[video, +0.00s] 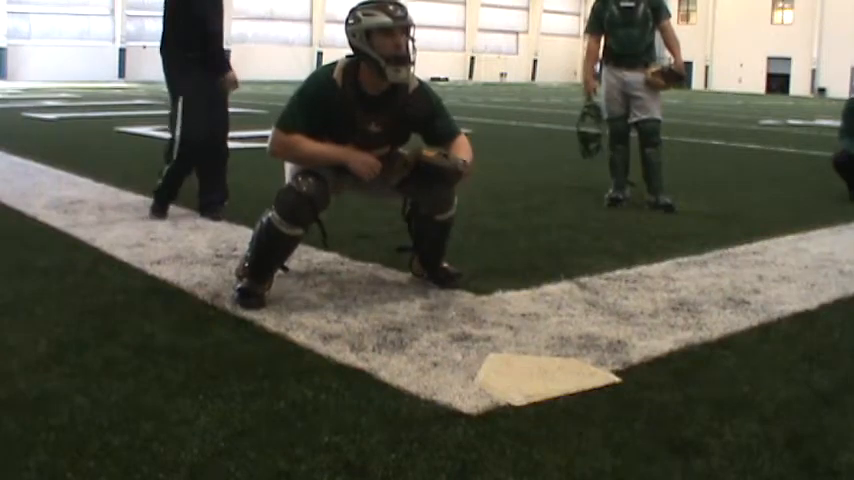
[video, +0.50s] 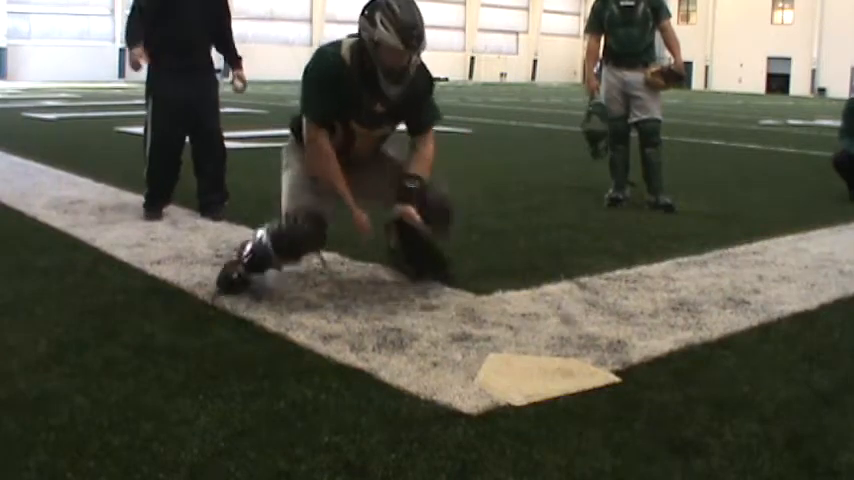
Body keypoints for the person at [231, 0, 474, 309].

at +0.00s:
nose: (400, 44)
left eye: (403, 35)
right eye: (388, 36)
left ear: (409, 37)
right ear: (362, 41)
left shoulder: (413, 92)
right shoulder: (325, 83)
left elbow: (456, 140)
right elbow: (280, 143)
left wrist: (456, 164)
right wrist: (348, 157)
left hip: (382, 166)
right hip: (322, 165)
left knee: (436, 181)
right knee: (305, 193)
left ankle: (430, 264)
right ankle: (254, 278)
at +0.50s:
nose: (400, 64)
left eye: (407, 55)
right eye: (392, 54)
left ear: (417, 51)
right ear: (369, 44)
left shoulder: (418, 79)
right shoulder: (328, 64)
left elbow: (424, 140)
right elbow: (315, 143)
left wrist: (409, 197)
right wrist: (352, 206)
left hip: (366, 158)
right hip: (313, 153)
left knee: (433, 206)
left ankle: (412, 255)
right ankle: (250, 261)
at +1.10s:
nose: (350, 95)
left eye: (358, 87)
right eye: (340, 87)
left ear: (372, 70)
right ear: (318, 71)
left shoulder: (384, 77)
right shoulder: (286, 94)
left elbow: (396, 118)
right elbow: (246, 140)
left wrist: (388, 158)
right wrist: (281, 188)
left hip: (377, 182)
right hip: (322, 194)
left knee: (450, 250)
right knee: (287, 297)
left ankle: (412, 245)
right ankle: (251, 266)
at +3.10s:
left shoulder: (694, 2)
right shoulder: (642, 5)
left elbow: (717, 35)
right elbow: (651, 41)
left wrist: (711, 114)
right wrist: (625, 84)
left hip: (722, 93)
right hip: (676, 91)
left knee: (700, 211)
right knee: (631, 176)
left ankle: (797, 254)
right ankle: (656, 269)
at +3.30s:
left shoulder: (666, 5)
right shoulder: (615, 4)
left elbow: (671, 31)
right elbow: (604, 21)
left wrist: (658, 104)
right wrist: (562, 54)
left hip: (679, 74)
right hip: (637, 70)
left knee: (598, 162)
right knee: (608, 161)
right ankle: (646, 258)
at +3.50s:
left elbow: (617, 23)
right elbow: (586, 33)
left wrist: (592, 101)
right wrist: (554, 57)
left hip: (619, 74)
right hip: (590, 70)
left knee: (550, 169)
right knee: (578, 171)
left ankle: (558, 285)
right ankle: (642, 254)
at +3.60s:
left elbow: (596, 10)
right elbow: (578, 3)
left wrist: (562, 84)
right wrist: (548, 23)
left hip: (609, 68)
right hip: (624, 66)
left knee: (553, 171)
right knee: (588, 173)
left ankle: (559, 285)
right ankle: (641, 252)